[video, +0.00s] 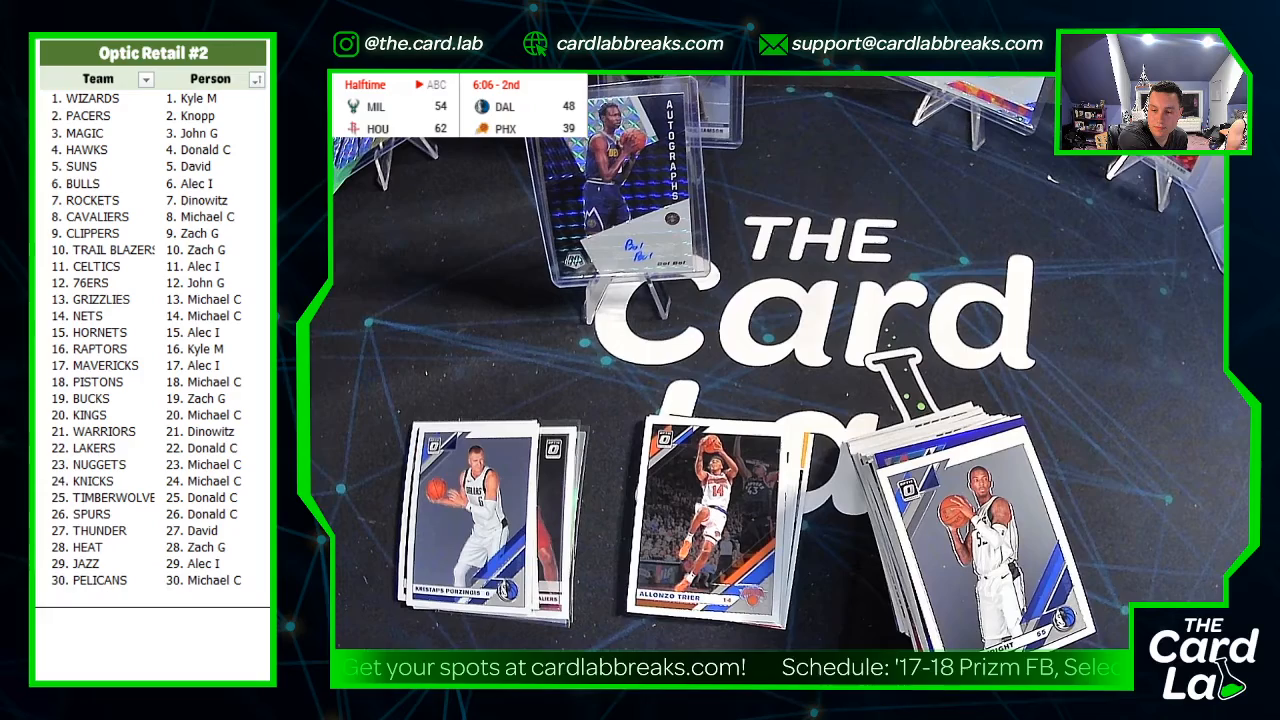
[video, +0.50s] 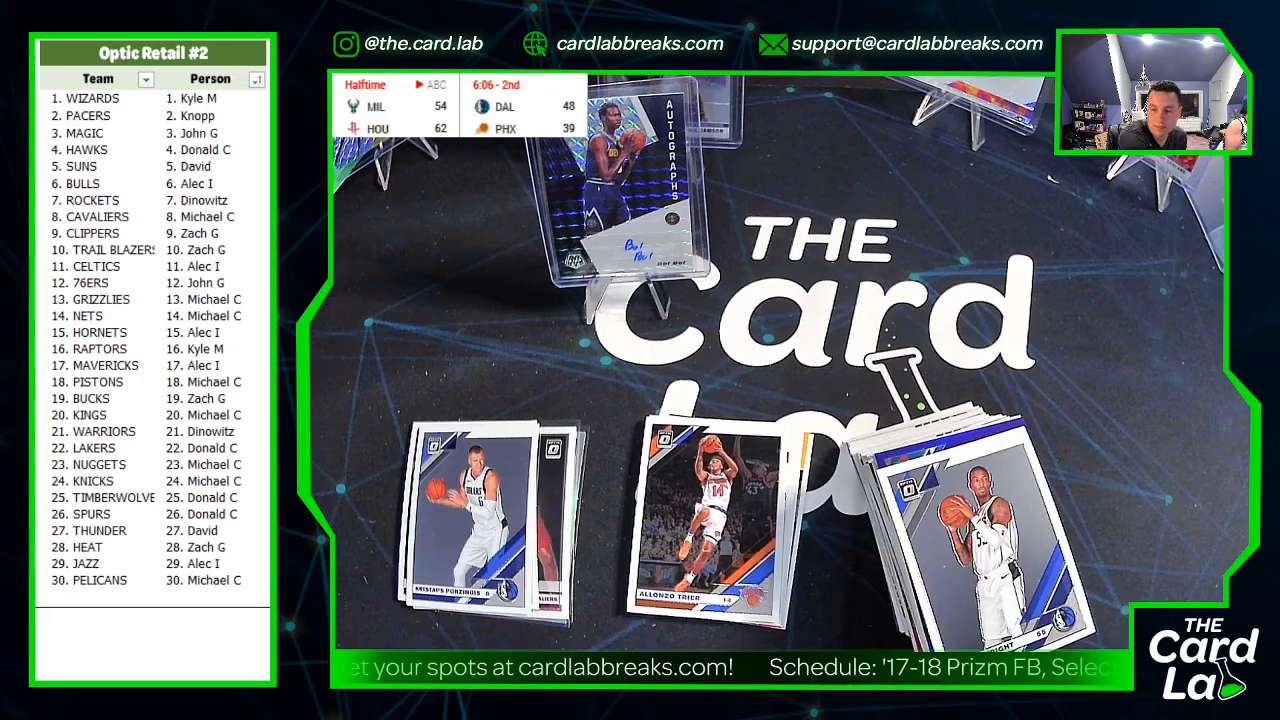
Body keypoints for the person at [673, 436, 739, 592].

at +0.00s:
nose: (714, 463)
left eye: (717, 462)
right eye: (713, 461)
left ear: (721, 465)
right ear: (710, 465)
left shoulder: (727, 476)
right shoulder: (706, 477)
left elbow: (734, 469)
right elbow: (699, 471)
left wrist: (722, 452)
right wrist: (700, 450)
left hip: (720, 513)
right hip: (705, 507)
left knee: (707, 549)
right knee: (704, 511)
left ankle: (688, 579)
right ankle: (688, 539)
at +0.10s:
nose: (714, 463)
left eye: (717, 462)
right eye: (713, 461)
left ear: (721, 465)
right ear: (710, 465)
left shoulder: (727, 476)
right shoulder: (706, 477)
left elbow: (734, 469)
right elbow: (699, 471)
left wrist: (722, 452)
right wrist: (700, 450)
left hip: (720, 513)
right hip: (705, 507)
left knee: (707, 549)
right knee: (704, 511)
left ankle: (688, 579)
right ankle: (688, 539)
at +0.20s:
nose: (714, 463)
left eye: (717, 462)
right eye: (713, 461)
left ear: (721, 465)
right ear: (710, 465)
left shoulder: (727, 476)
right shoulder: (706, 477)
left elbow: (734, 469)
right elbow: (699, 471)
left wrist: (722, 452)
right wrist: (700, 450)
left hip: (720, 513)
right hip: (705, 507)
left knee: (707, 549)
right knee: (704, 511)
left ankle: (688, 579)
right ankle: (688, 539)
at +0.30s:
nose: (714, 463)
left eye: (717, 462)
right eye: (713, 461)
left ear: (721, 465)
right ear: (710, 465)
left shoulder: (727, 476)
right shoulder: (706, 477)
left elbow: (734, 469)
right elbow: (699, 471)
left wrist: (722, 452)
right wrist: (700, 450)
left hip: (720, 513)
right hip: (705, 507)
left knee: (707, 549)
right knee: (704, 511)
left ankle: (688, 579)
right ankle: (688, 539)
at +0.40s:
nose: (714, 463)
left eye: (717, 462)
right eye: (713, 461)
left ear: (721, 465)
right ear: (710, 465)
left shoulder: (727, 476)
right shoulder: (706, 477)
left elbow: (734, 469)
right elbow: (699, 471)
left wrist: (722, 452)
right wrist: (700, 450)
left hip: (720, 513)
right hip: (705, 507)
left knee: (707, 549)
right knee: (704, 511)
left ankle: (688, 579)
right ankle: (688, 539)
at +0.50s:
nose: (714, 463)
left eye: (717, 462)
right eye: (713, 461)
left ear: (721, 465)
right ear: (710, 465)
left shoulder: (727, 476)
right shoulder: (706, 477)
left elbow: (734, 469)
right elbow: (699, 471)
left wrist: (722, 452)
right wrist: (700, 450)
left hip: (720, 513)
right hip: (705, 507)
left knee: (707, 549)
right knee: (704, 511)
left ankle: (688, 579)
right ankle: (688, 539)